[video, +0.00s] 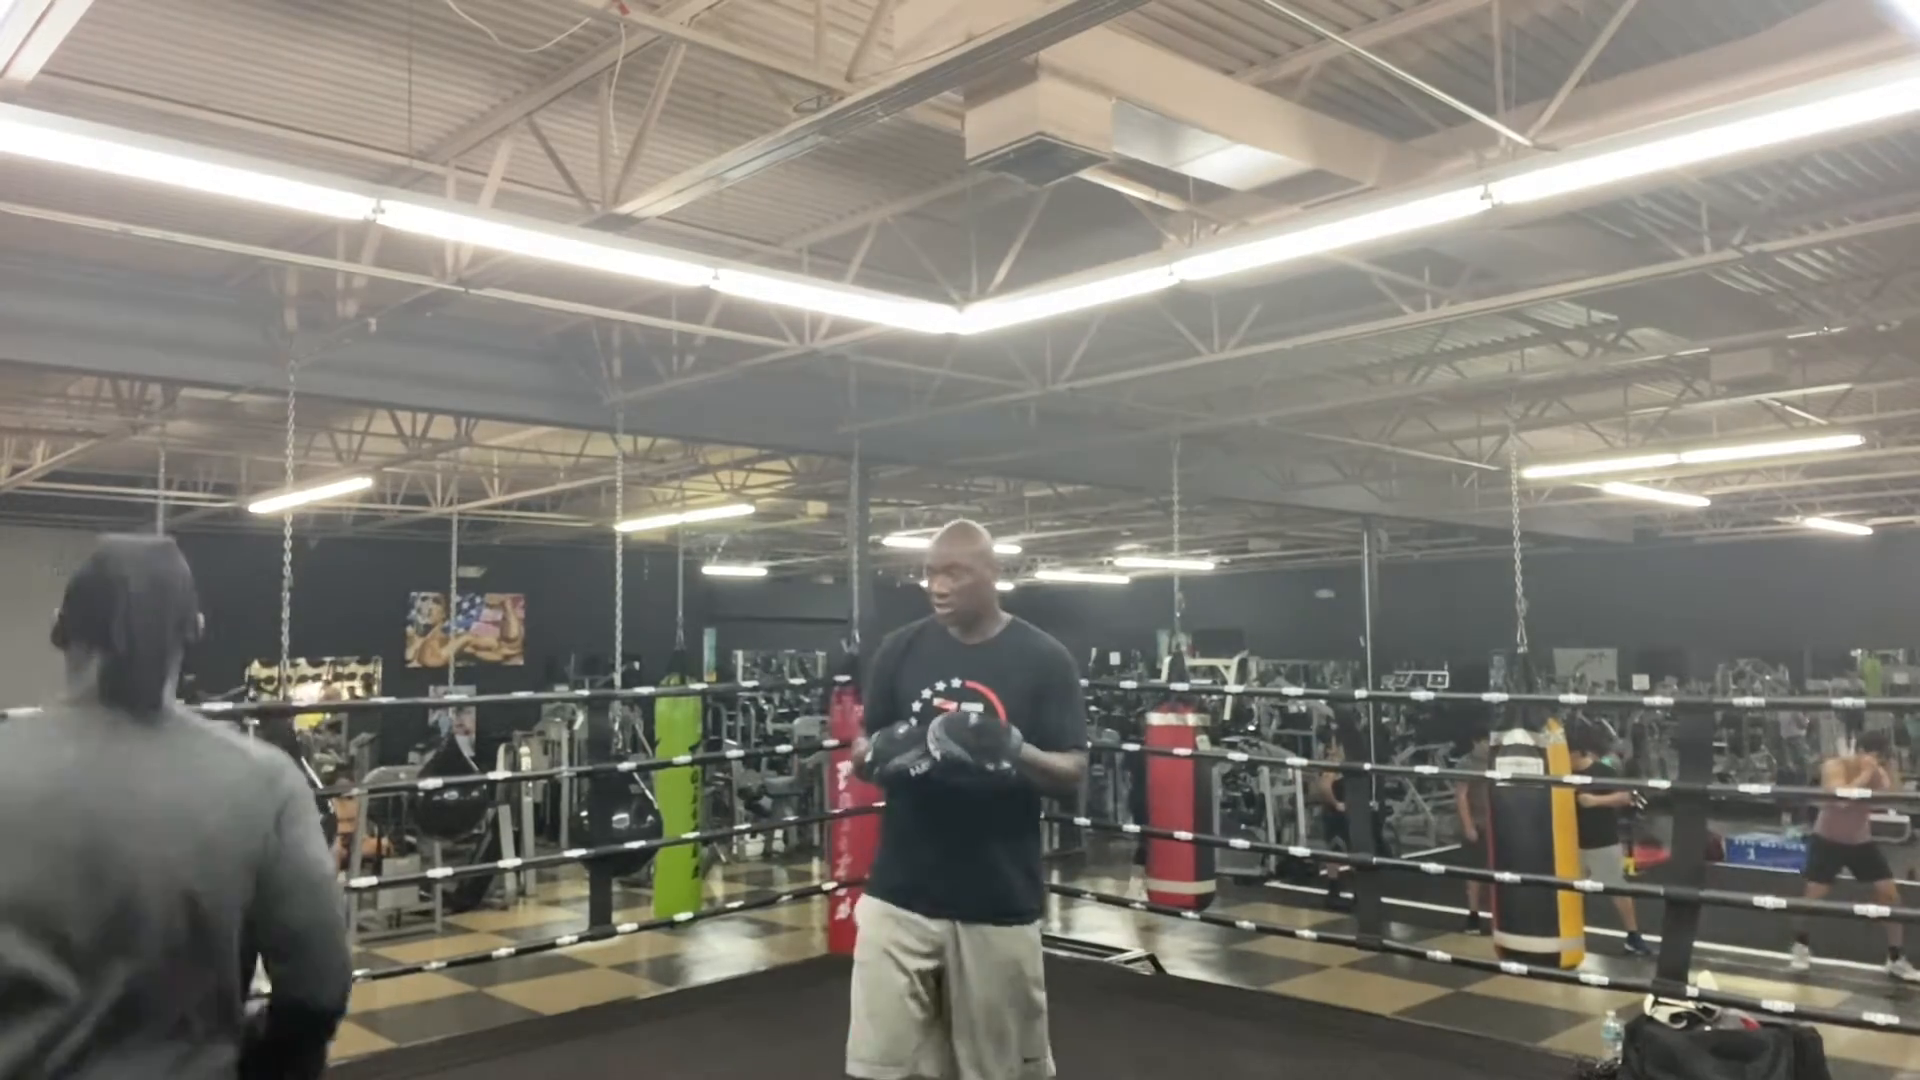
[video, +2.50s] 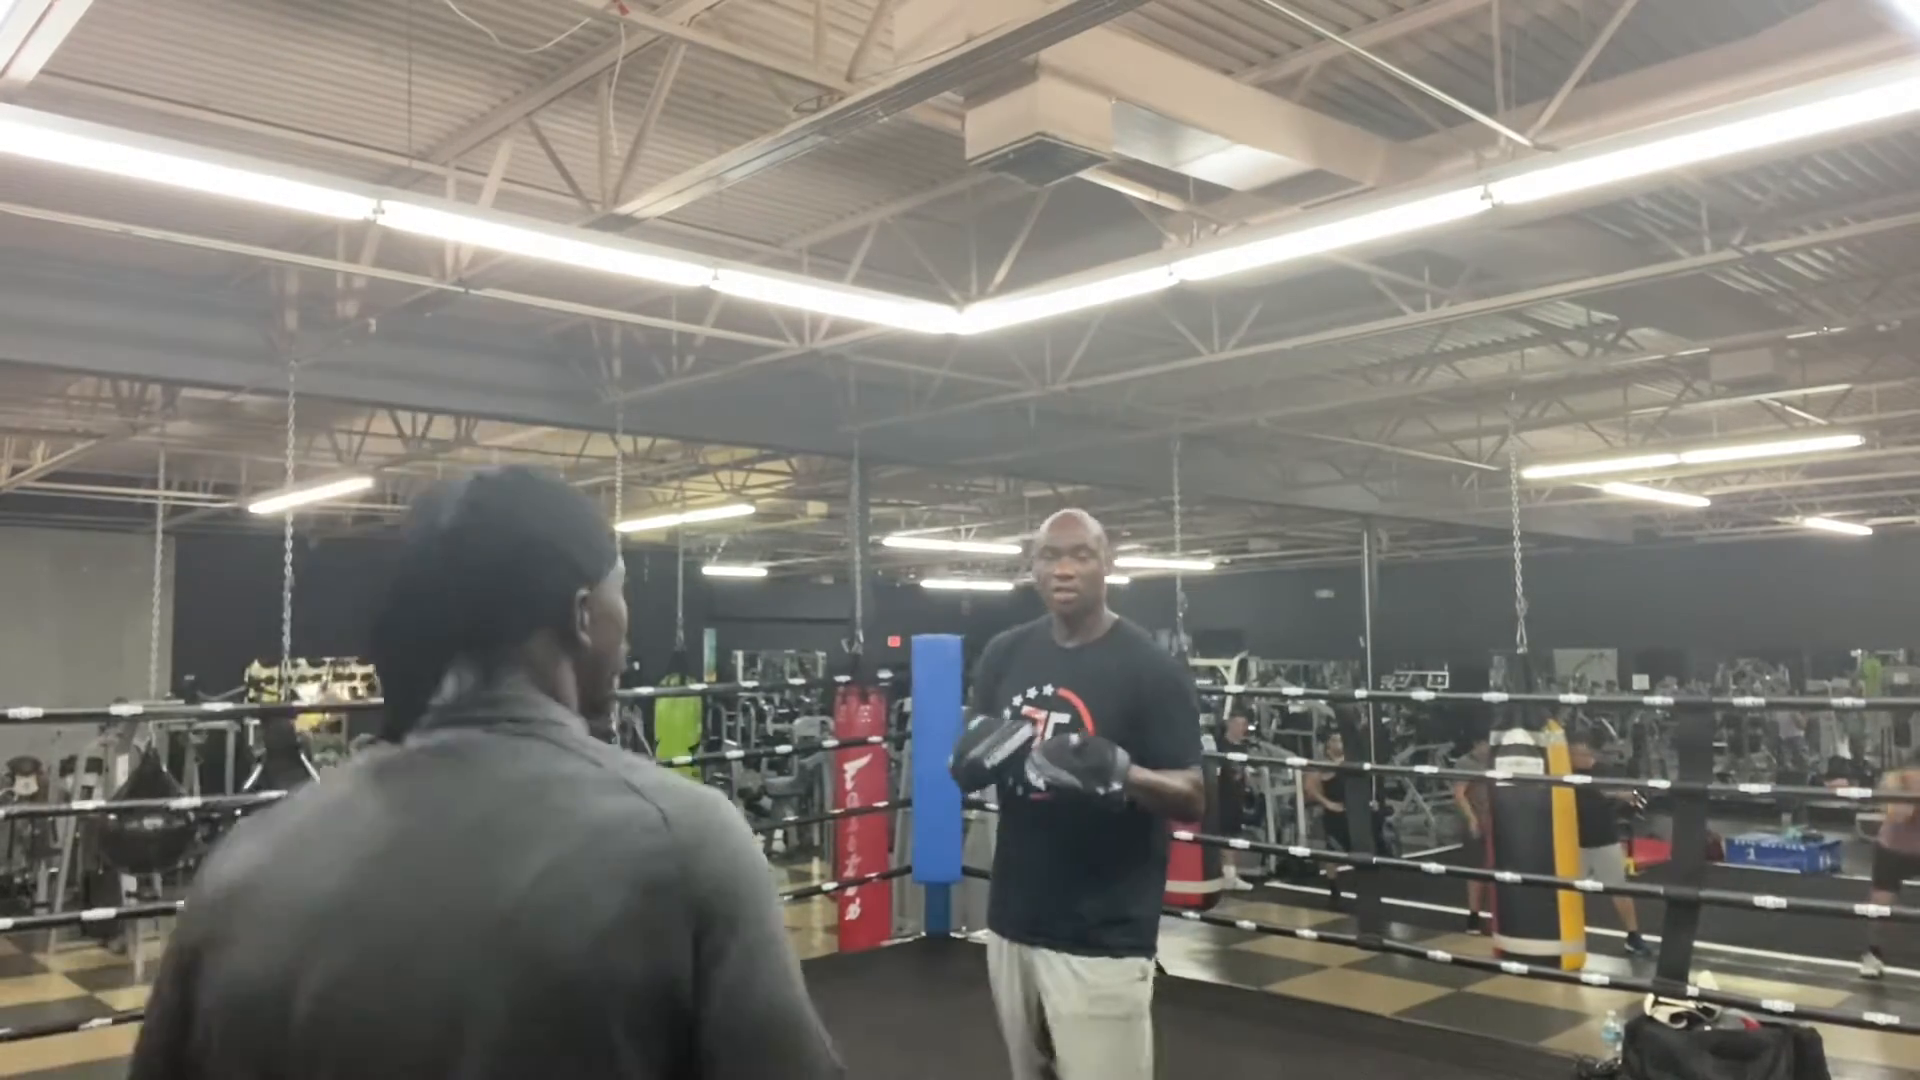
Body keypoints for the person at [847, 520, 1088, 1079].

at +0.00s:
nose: (938, 586)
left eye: (954, 572)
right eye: (932, 573)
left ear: (993, 574)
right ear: (924, 577)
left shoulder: (1045, 660)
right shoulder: (897, 650)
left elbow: (1073, 773)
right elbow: (863, 746)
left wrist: (1012, 751)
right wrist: (879, 754)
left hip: (999, 912)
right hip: (898, 903)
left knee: (1007, 1070)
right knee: (879, 1067)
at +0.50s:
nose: (881, 586)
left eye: (896, 568)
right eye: (873, 572)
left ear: (938, 569)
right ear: (866, 579)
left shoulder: (1025, 648)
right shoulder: (859, 675)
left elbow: (1082, 752)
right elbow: (839, 790)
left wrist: (1046, 753)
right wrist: (854, 799)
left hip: (1018, 928)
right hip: (908, 935)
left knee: (1023, 1072)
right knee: (912, 1073)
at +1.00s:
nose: (928, 559)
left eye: (942, 543)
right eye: (911, 547)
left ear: (965, 554)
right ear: (890, 564)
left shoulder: (1031, 648)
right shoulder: (852, 669)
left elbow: (1074, 793)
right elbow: (820, 794)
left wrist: (1068, 755)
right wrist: (835, 789)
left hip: (1034, 942)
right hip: (913, 950)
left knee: (1058, 1072)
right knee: (914, 1073)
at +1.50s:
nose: (1033, 556)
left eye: (1049, 541)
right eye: (1017, 544)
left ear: (1074, 553)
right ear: (997, 558)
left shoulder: (1122, 650)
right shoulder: (954, 647)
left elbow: (1177, 784)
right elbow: (908, 764)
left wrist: (1178, 692)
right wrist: (856, 750)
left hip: (1079, 939)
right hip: (961, 934)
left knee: (1081, 1072)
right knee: (942, 1072)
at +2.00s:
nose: (1085, 568)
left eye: (1102, 552)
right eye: (1070, 553)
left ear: (1132, 560)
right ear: (1054, 564)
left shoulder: (1176, 671)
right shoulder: (1027, 642)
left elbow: (1205, 809)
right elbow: (996, 746)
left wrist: (1105, 788)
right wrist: (982, 777)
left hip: (1115, 967)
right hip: (1011, 946)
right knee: (987, 1072)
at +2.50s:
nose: (1064, 569)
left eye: (1081, 555)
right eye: (1050, 555)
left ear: (1108, 568)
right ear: (1033, 568)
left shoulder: (1153, 669)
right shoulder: (1004, 654)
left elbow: (1193, 797)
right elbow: (973, 761)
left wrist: (1121, 774)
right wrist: (970, 765)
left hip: (1106, 943)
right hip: (1013, 929)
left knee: (1105, 1072)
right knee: (1029, 1071)